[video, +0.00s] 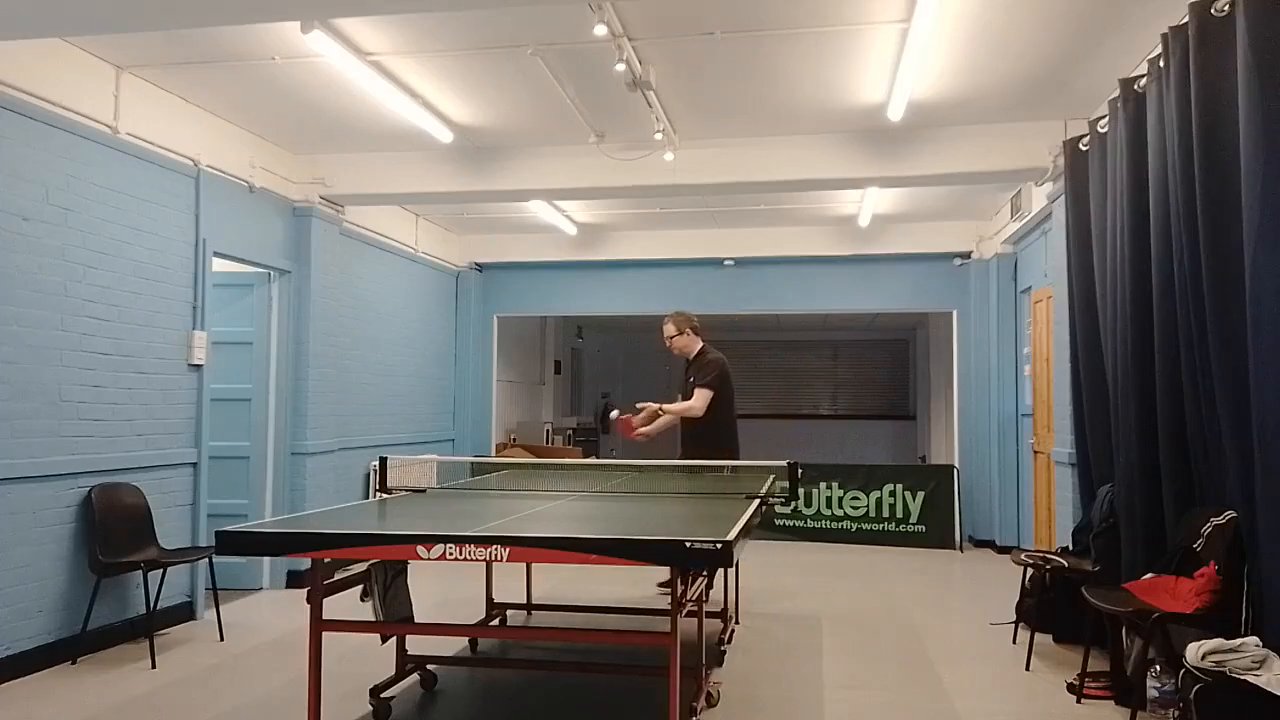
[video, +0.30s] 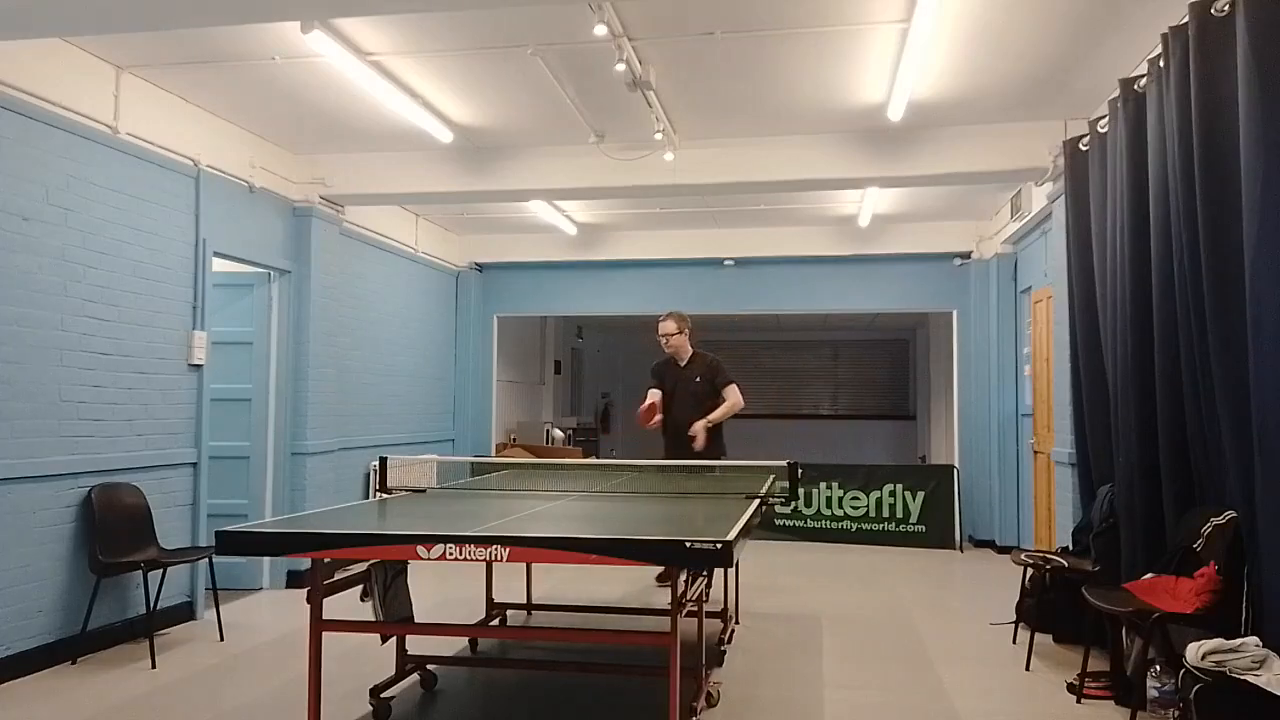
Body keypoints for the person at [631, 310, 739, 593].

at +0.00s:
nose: (668, 345)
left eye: (671, 338)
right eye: (666, 340)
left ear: (689, 333)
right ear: (686, 336)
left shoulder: (713, 362)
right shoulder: (691, 365)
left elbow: (697, 408)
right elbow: (682, 408)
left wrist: (659, 408)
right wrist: (652, 429)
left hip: (715, 461)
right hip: (693, 460)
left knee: (709, 519)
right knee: (682, 515)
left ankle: (702, 579)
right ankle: (681, 572)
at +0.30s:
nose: (664, 341)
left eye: (668, 336)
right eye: (661, 337)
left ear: (685, 334)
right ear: (659, 339)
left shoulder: (709, 363)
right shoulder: (660, 368)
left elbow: (735, 401)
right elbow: (653, 401)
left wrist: (705, 423)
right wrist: (653, 415)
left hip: (707, 457)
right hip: (673, 456)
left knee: (706, 512)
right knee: (672, 510)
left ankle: (703, 568)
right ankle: (674, 563)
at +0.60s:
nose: (663, 346)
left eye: (669, 342)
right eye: (659, 342)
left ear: (681, 343)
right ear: (654, 343)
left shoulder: (697, 375)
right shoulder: (647, 374)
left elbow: (721, 406)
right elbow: (637, 411)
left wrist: (721, 424)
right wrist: (657, 422)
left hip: (688, 460)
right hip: (655, 460)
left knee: (690, 514)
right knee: (657, 512)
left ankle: (694, 569)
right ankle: (661, 565)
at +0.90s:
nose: (663, 341)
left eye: (669, 336)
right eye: (659, 336)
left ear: (679, 339)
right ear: (654, 339)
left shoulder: (693, 370)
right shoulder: (643, 370)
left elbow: (711, 403)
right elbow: (627, 407)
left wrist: (708, 428)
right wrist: (634, 431)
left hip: (687, 456)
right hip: (653, 456)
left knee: (689, 509)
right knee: (653, 510)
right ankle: (660, 565)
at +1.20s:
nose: (672, 352)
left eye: (677, 347)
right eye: (668, 347)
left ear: (688, 348)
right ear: (661, 349)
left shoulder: (704, 376)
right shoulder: (653, 377)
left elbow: (726, 408)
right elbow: (636, 412)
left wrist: (716, 429)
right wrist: (642, 437)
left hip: (700, 459)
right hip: (665, 459)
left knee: (714, 511)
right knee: (662, 512)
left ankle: (730, 564)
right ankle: (662, 565)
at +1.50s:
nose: (672, 355)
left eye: (677, 350)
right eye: (668, 350)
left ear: (688, 350)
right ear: (663, 351)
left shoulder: (702, 378)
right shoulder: (652, 376)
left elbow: (721, 411)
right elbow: (617, 395)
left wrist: (718, 436)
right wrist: (630, 415)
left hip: (695, 459)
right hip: (659, 459)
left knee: (705, 510)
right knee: (656, 512)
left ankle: (729, 563)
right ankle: (657, 565)